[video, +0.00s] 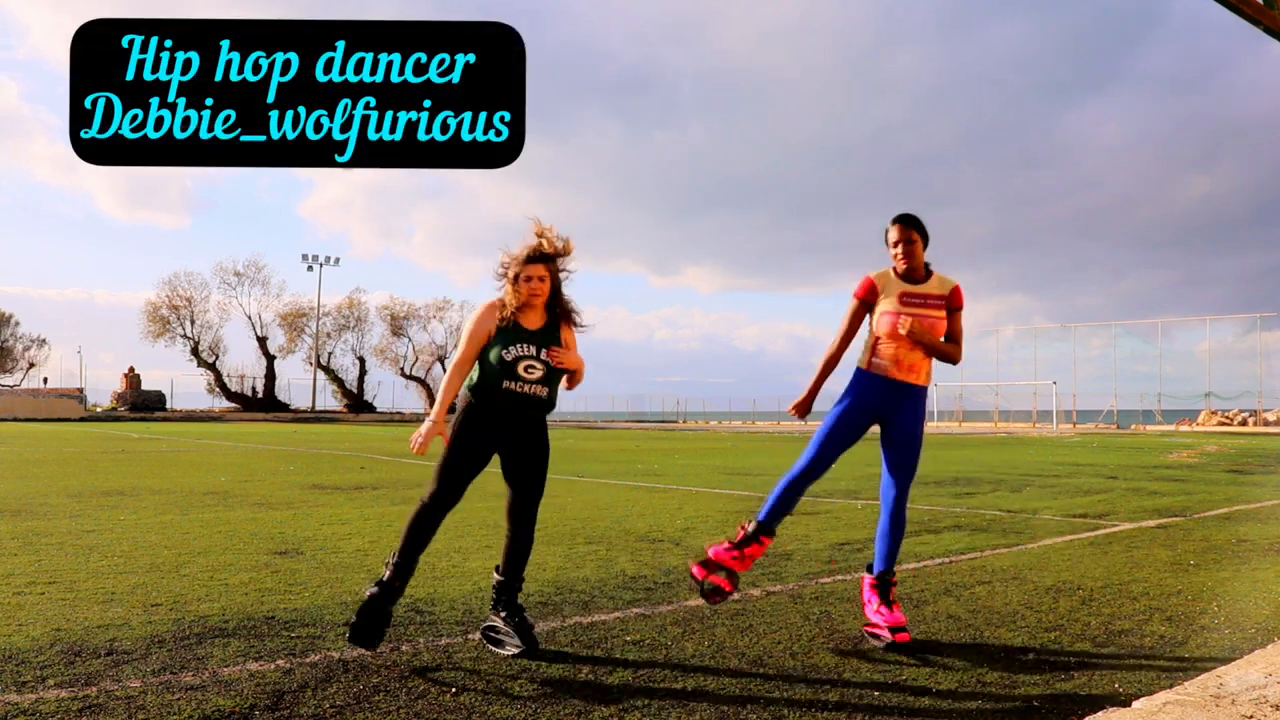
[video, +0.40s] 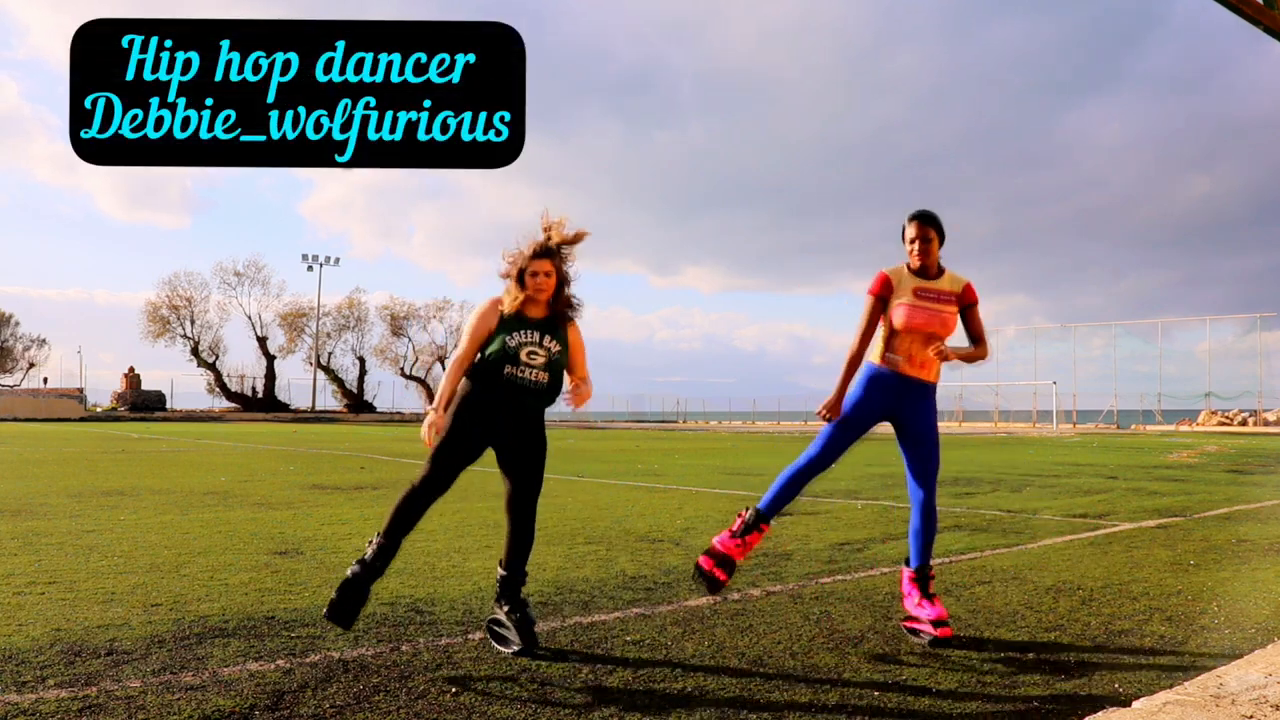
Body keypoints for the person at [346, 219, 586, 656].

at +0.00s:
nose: (532, 286)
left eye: (540, 279)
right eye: (524, 278)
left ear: (552, 284)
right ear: (513, 282)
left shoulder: (562, 325)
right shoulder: (493, 314)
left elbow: (573, 381)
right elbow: (460, 365)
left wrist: (576, 366)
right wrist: (436, 416)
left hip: (529, 428)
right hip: (482, 420)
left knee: (524, 516)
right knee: (440, 499)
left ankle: (507, 604)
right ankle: (386, 591)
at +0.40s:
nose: (539, 281)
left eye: (546, 275)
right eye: (533, 274)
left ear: (558, 281)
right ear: (521, 278)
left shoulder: (567, 330)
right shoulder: (494, 313)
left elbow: (581, 379)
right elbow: (460, 360)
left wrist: (581, 390)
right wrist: (438, 408)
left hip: (525, 425)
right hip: (475, 414)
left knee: (523, 509)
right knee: (427, 487)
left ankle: (509, 600)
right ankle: (368, 569)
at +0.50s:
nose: (535, 286)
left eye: (543, 280)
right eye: (528, 280)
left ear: (554, 286)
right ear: (517, 285)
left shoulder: (565, 334)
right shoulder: (494, 317)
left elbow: (569, 390)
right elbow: (467, 368)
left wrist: (571, 433)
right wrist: (470, 414)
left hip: (525, 429)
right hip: (479, 417)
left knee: (523, 513)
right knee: (434, 496)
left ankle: (509, 605)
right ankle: (382, 584)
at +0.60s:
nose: (519, 271)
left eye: (527, 265)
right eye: (512, 265)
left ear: (539, 269)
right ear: (502, 267)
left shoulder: (553, 309)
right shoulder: (484, 298)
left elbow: (563, 366)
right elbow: (453, 347)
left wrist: (564, 416)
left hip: (523, 415)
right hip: (473, 409)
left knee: (521, 503)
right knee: (449, 492)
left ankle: (514, 596)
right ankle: (426, 583)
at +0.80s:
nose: (495, 265)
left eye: (502, 258)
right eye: (488, 258)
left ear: (513, 260)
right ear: (474, 261)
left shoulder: (529, 298)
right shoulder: (452, 293)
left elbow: (557, 350)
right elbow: (414, 343)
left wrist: (583, 398)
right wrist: (443, 319)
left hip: (518, 403)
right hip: (469, 406)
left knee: (543, 495)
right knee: (473, 501)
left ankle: (556, 586)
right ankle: (475, 599)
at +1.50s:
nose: (491, 274)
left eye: (499, 267)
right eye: (484, 267)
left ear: (510, 273)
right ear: (471, 271)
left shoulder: (526, 310)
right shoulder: (455, 311)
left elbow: (560, 359)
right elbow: (431, 365)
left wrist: (538, 368)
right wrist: (447, 378)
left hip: (524, 414)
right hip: (477, 418)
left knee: (554, 499)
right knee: (490, 511)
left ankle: (560, 585)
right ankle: (497, 606)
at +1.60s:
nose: (506, 254)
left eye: (514, 247)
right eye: (499, 246)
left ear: (527, 253)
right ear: (488, 249)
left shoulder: (540, 287)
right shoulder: (472, 278)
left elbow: (574, 336)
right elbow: (444, 328)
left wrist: (547, 309)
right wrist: (439, 372)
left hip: (527, 399)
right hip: (478, 399)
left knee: (537, 492)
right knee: (483, 495)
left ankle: (532, 575)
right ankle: (484, 592)